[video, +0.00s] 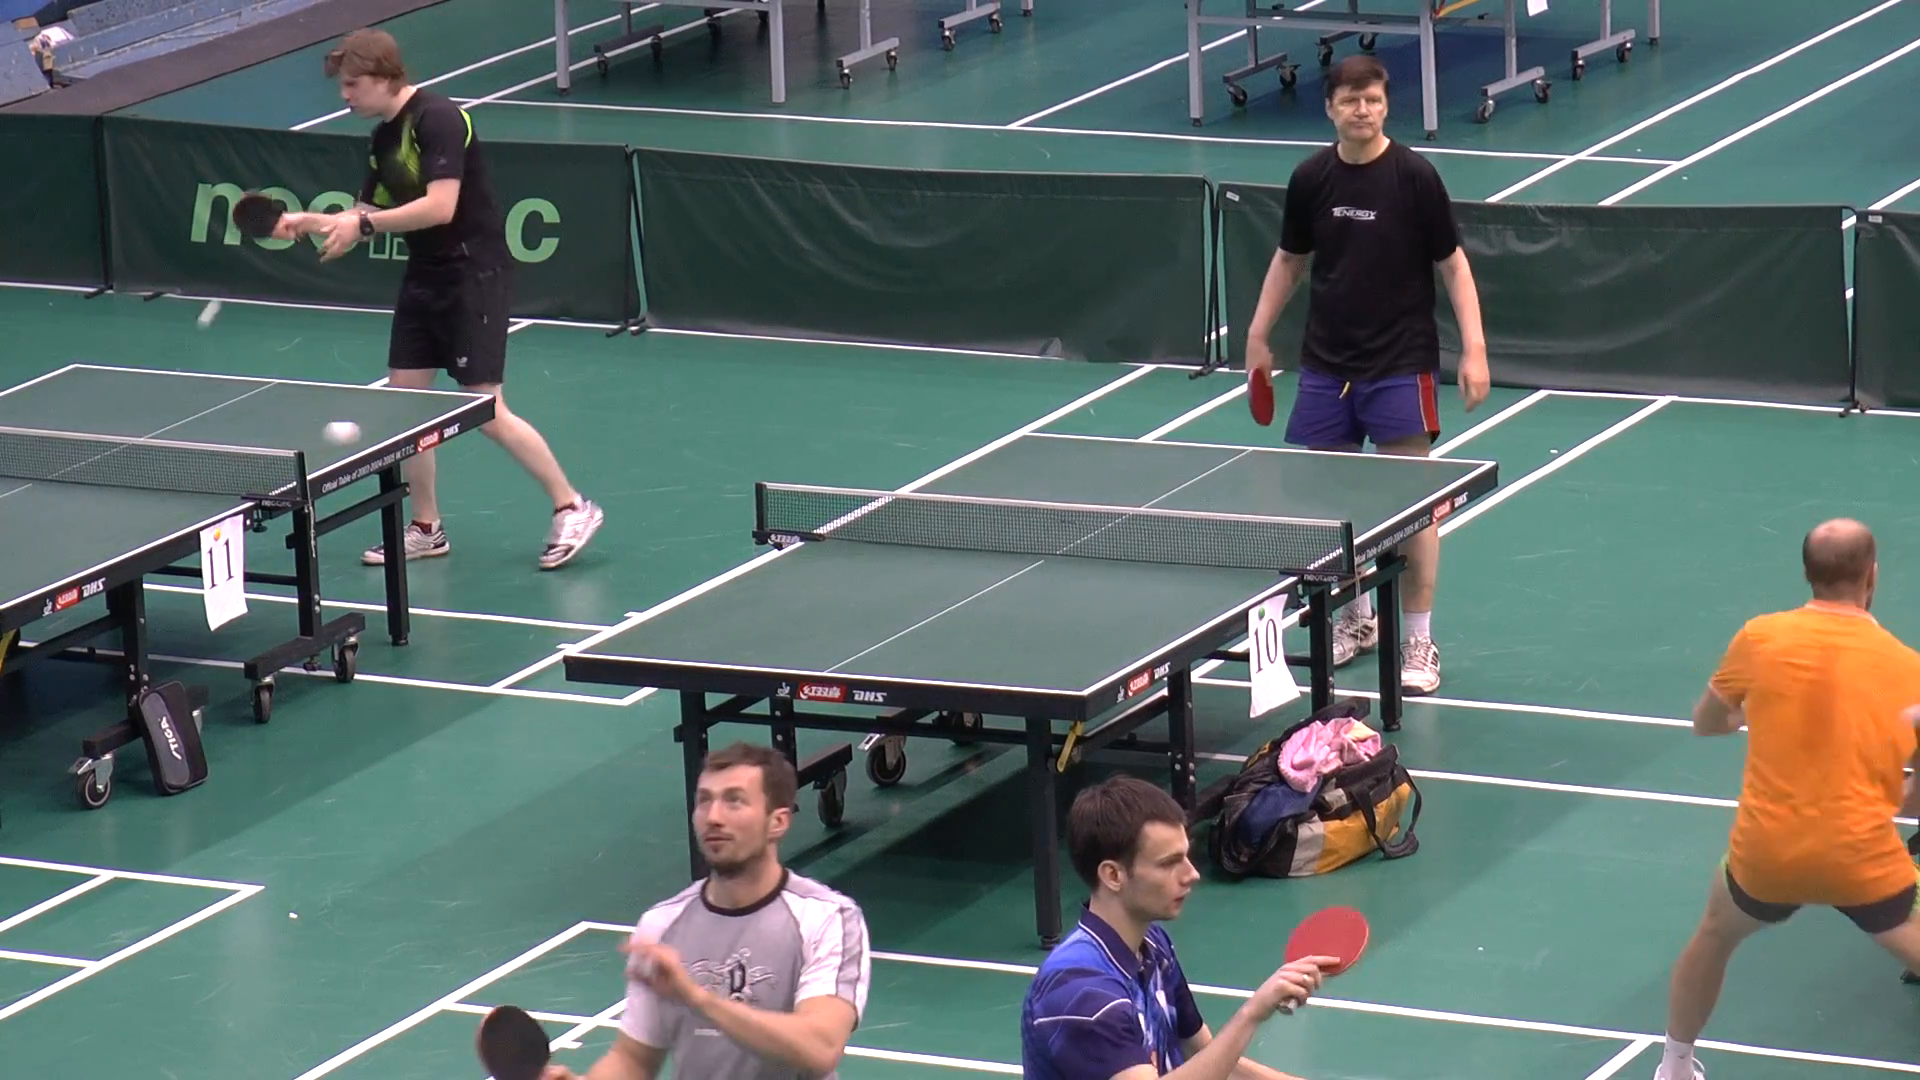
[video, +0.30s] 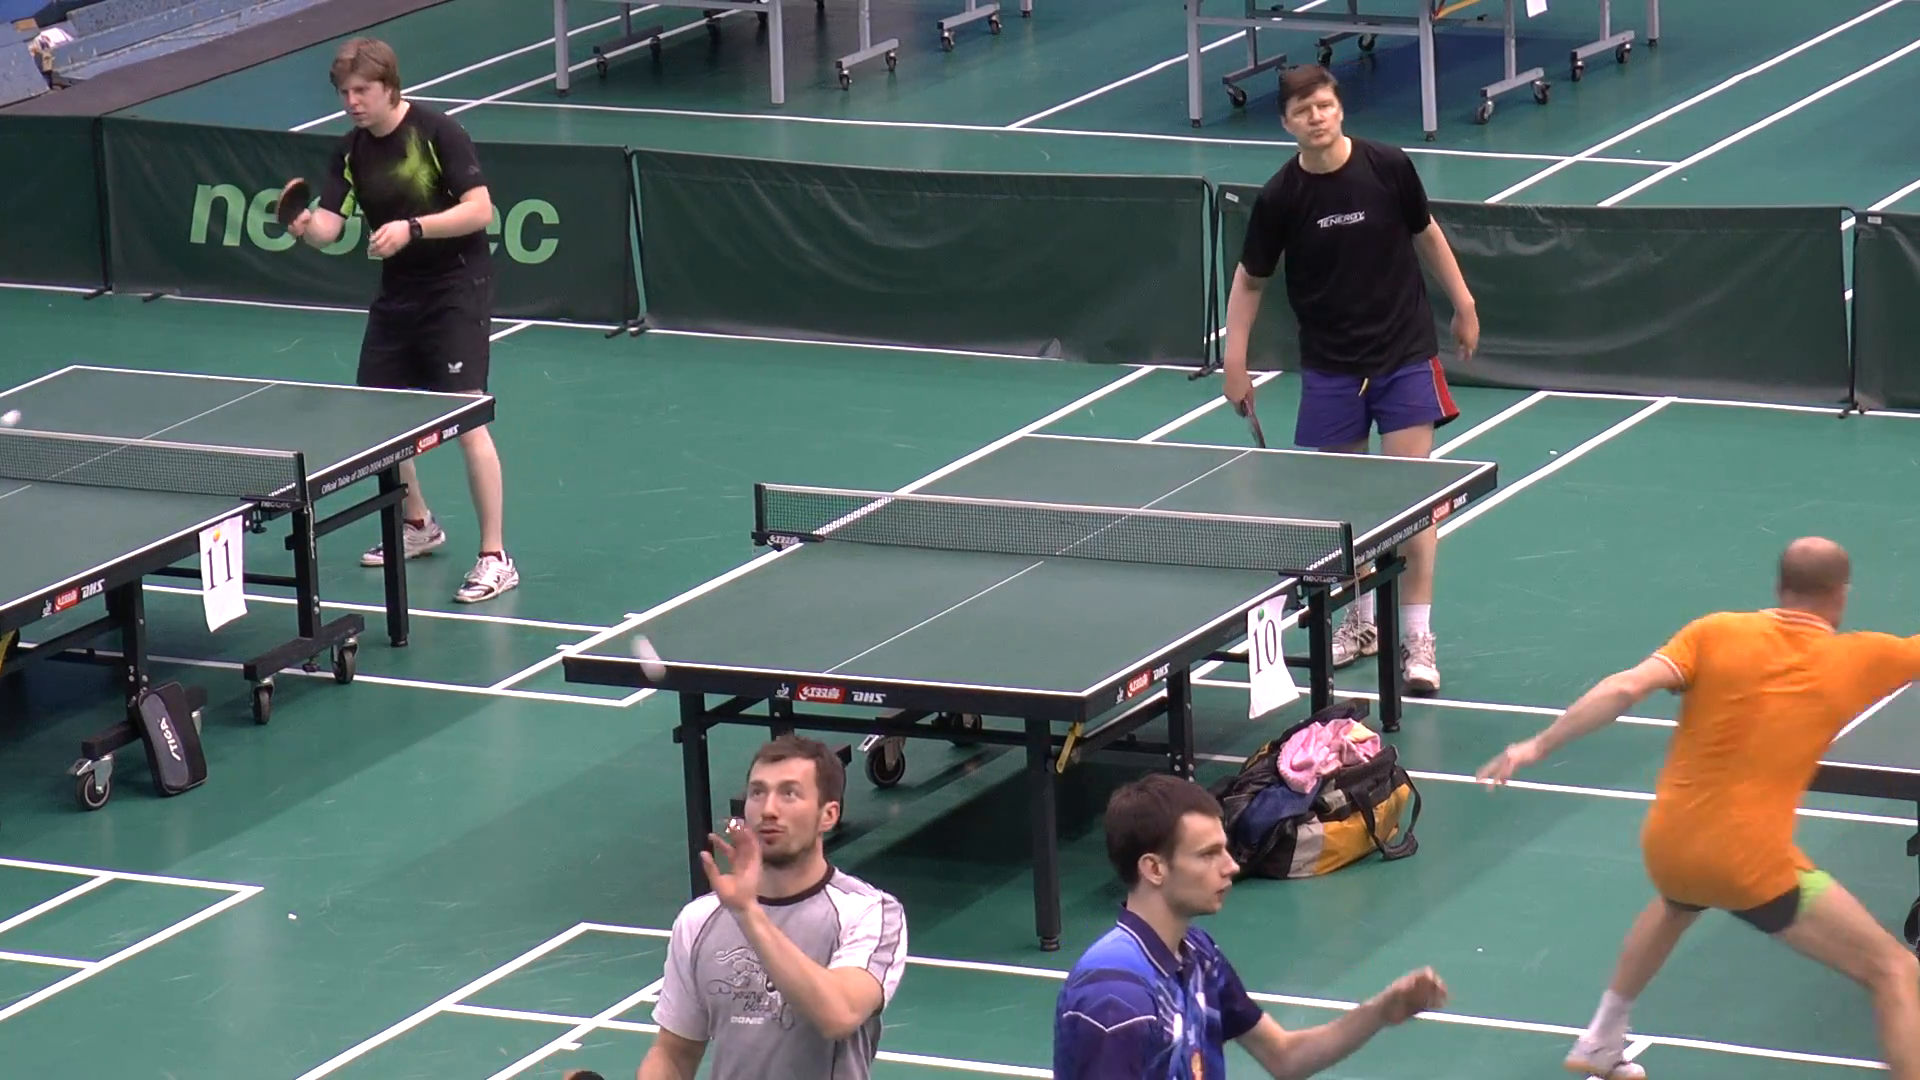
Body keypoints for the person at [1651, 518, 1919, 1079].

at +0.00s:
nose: (1876, 571)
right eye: (1876, 564)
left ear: (1806, 574)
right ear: (1871, 574)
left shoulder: (1761, 638)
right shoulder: (1906, 663)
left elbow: (1706, 722)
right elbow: (1909, 797)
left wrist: (1744, 713)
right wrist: (1875, 787)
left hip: (1765, 854)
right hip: (1863, 859)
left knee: (1714, 938)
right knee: (1913, 947)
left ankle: (1675, 1065)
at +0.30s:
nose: (1847, 597)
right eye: (1845, 588)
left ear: (1778, 585)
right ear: (1840, 595)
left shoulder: (1714, 633)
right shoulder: (1861, 657)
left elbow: (1625, 688)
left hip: (1667, 846)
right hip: (1750, 865)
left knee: (1681, 899)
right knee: (1895, 970)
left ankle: (1601, 1038)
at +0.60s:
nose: (1775, 547)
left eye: (1772, 537)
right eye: (1774, 539)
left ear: (1705, 543)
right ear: (1761, 548)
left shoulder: (1643, 594)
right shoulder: (1746, 629)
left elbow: (1576, 685)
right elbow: (1776, 745)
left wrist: (1586, 759)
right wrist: (1861, 812)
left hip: (1572, 800)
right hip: (1647, 822)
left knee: (1588, 899)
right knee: (1759, 958)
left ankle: (1549, 1043)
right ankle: (1730, 1070)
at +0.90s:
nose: (1736, 598)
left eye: (1736, 587)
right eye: (1735, 588)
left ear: (1670, 587)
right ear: (1719, 601)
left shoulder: (1620, 626)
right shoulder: (1663, 689)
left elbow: (1638, 711)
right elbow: (1694, 811)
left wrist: (1723, 737)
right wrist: (1746, 832)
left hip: (1516, 815)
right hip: (1560, 844)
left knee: (1517, 940)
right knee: (1682, 980)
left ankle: (1416, 1056)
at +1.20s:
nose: (1738, 559)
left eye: (1734, 549)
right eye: (1737, 551)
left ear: (1666, 557)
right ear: (1727, 563)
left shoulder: (1598, 610)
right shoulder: (1747, 652)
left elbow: (1496, 664)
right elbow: (1864, 675)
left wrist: (1510, 674)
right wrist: (1854, 638)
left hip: (1539, 827)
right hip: (1619, 853)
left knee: (1516, 941)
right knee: (1703, 987)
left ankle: (1472, 1066)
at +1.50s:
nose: (1709, 600)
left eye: (1706, 590)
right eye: (1707, 592)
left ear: (1635, 606)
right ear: (1696, 608)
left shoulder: (1583, 679)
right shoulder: (1729, 700)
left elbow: (1502, 774)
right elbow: (1818, 792)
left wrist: (1510, 816)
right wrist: (1773, 790)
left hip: (1582, 902)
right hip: (1673, 911)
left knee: (1538, 976)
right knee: (1755, 1054)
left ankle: (1491, 1074)